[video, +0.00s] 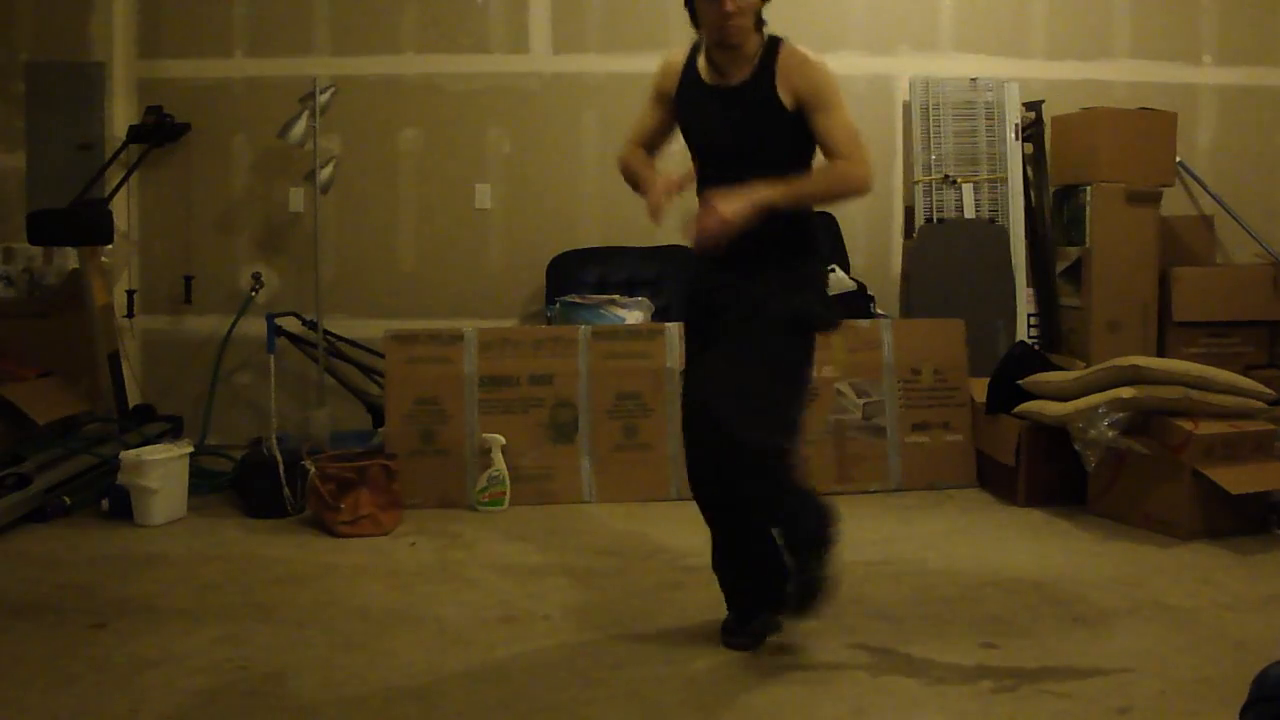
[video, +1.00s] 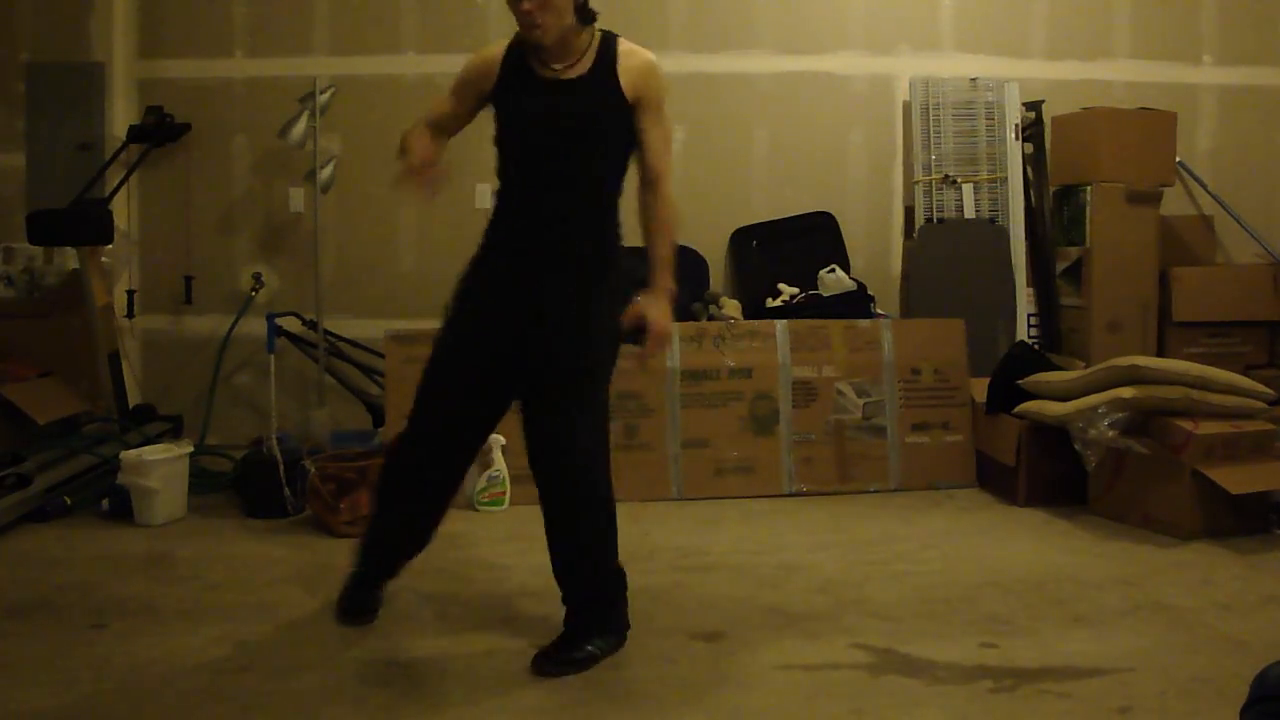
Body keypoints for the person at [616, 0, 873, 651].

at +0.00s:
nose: (728, 9)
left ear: (761, 5)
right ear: (693, 7)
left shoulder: (800, 72)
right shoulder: (679, 73)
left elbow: (855, 171)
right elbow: (632, 154)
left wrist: (753, 196)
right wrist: (650, 179)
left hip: (789, 273)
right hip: (716, 273)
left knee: (751, 437)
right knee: (708, 449)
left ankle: (808, 532)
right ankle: (752, 598)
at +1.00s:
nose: (526, 9)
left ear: (578, 3)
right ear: (510, 6)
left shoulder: (632, 71)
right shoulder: (497, 67)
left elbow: (655, 184)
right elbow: (431, 127)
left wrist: (660, 285)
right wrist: (420, 152)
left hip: (581, 287)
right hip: (500, 280)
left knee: (571, 458)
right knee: (435, 432)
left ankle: (598, 619)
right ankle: (373, 567)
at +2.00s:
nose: (533, 16)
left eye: (547, 8)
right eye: (527, 8)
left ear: (585, 5)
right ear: (519, 8)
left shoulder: (638, 50)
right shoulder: (492, 59)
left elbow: (665, 119)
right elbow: (420, 141)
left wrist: (583, 48)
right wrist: (368, 227)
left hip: (600, 291)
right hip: (513, 292)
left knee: (597, 474)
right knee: (514, 472)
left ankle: (495, 604)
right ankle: (514, 662)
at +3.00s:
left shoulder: (639, 26)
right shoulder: (496, 25)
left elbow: (675, 137)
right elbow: (445, 122)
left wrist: (625, 104)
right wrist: (518, 153)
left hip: (609, 248)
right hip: (521, 249)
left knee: (623, 408)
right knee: (530, 423)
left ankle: (617, 574)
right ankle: (538, 592)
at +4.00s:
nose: (506, 5)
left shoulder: (567, 62)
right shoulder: (419, 53)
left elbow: (584, 190)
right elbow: (377, 168)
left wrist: (544, 141)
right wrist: (477, 148)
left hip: (509, 282)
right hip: (424, 283)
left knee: (526, 471)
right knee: (447, 467)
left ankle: (490, 596)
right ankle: (413, 644)